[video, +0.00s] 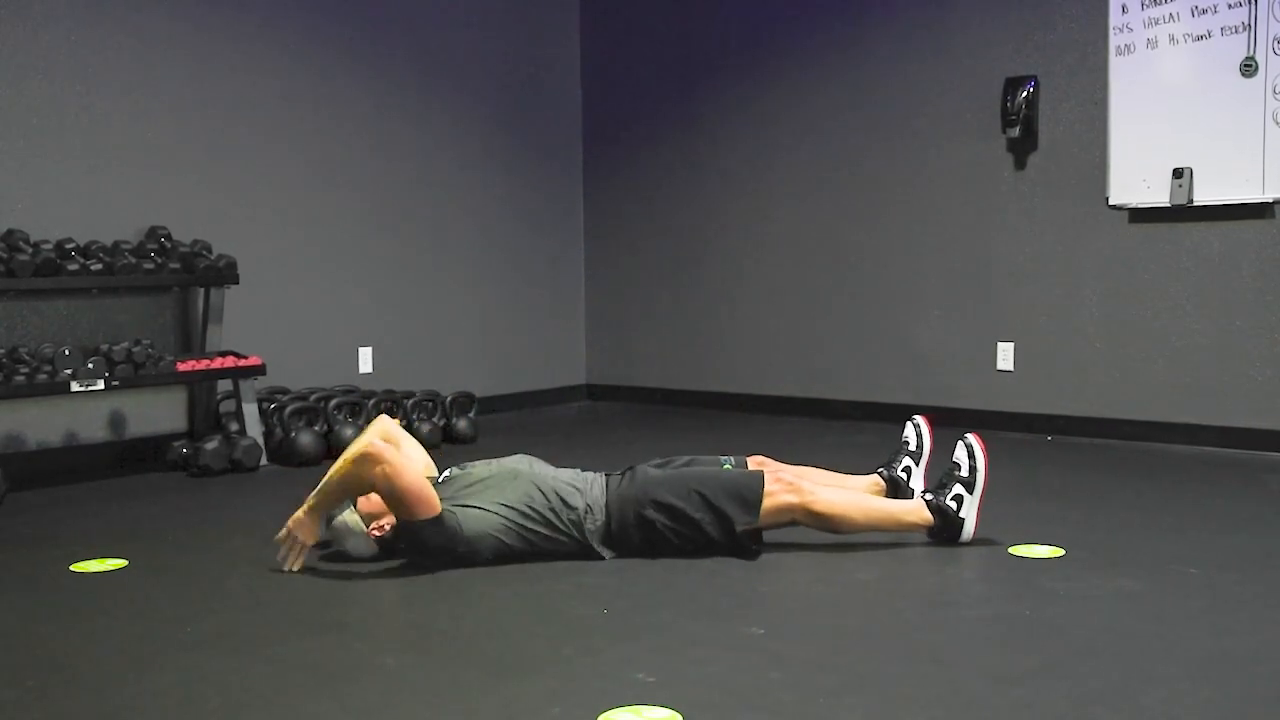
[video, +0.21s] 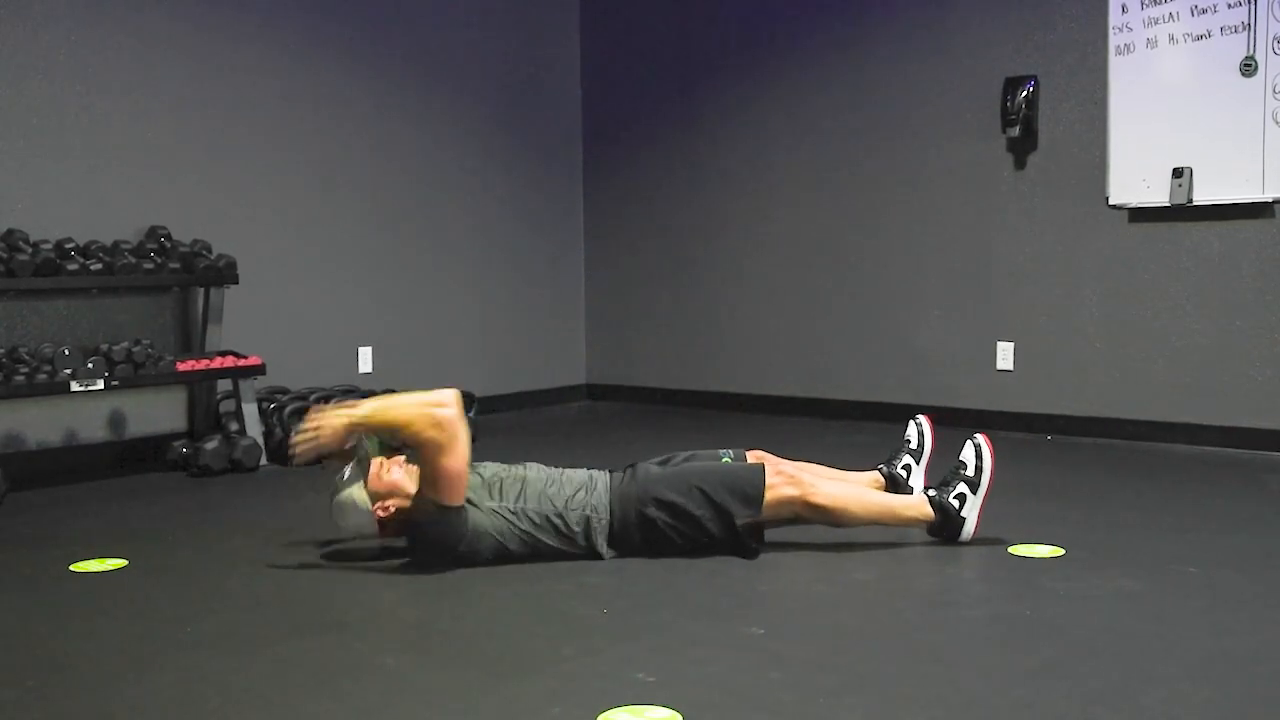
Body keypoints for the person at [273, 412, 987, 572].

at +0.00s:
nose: (379, 498)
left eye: (372, 495)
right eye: (372, 502)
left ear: (382, 503)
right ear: (381, 521)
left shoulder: (437, 507)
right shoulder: (429, 532)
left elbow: (385, 434)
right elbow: (374, 435)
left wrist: (325, 505)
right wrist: (312, 515)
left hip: (620, 487)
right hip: (618, 512)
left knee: (765, 466)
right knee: (782, 492)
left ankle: (894, 490)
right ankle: (938, 517)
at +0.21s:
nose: (387, 471)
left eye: (376, 471)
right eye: (376, 477)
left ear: (385, 480)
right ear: (386, 502)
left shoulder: (435, 495)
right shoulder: (437, 520)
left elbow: (444, 409)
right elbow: (444, 413)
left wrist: (359, 414)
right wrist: (358, 419)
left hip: (622, 485)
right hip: (623, 512)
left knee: (767, 462)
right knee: (787, 485)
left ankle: (897, 486)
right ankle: (938, 512)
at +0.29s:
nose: (418, 439)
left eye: (406, 435)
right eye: (403, 445)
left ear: (413, 453)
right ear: (398, 482)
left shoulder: (449, 486)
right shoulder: (448, 508)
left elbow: (500, 417)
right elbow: (507, 416)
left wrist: (438, 350)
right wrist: (434, 352)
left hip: (619, 489)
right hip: (622, 510)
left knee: (765, 464)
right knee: (785, 489)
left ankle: (891, 483)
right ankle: (940, 513)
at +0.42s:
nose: (464, 403)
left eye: (454, 398)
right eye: (449, 407)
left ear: (437, 431)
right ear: (432, 437)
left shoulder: (470, 454)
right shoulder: (472, 473)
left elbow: (555, 416)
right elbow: (575, 427)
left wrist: (580, 332)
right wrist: (586, 328)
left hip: (620, 490)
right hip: (621, 512)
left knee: (765, 458)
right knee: (791, 483)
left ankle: (895, 481)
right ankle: (942, 510)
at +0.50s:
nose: (492, 385)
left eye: (484, 378)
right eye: (477, 382)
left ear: (457, 405)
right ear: (453, 409)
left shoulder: (495, 436)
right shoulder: (489, 457)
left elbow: (583, 400)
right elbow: (598, 428)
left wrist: (639, 335)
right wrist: (652, 340)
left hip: (632, 489)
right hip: (626, 516)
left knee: (772, 455)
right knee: (796, 480)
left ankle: (901, 479)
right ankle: (948, 508)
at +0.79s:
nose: (559, 324)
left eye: (553, 315)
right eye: (547, 318)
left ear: (522, 337)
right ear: (519, 338)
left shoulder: (544, 380)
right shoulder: (533, 399)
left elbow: (637, 394)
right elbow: (642, 420)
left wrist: (718, 379)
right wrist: (736, 396)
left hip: (647, 482)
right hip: (637, 508)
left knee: (786, 464)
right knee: (805, 480)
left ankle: (910, 479)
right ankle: (959, 499)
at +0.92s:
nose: (593, 306)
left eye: (587, 296)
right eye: (581, 299)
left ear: (551, 316)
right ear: (551, 316)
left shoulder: (563, 365)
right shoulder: (562, 376)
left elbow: (660, 397)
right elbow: (669, 413)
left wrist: (740, 394)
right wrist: (763, 409)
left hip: (646, 489)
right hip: (635, 509)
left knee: (801, 473)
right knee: (809, 478)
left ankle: (914, 475)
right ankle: (961, 506)